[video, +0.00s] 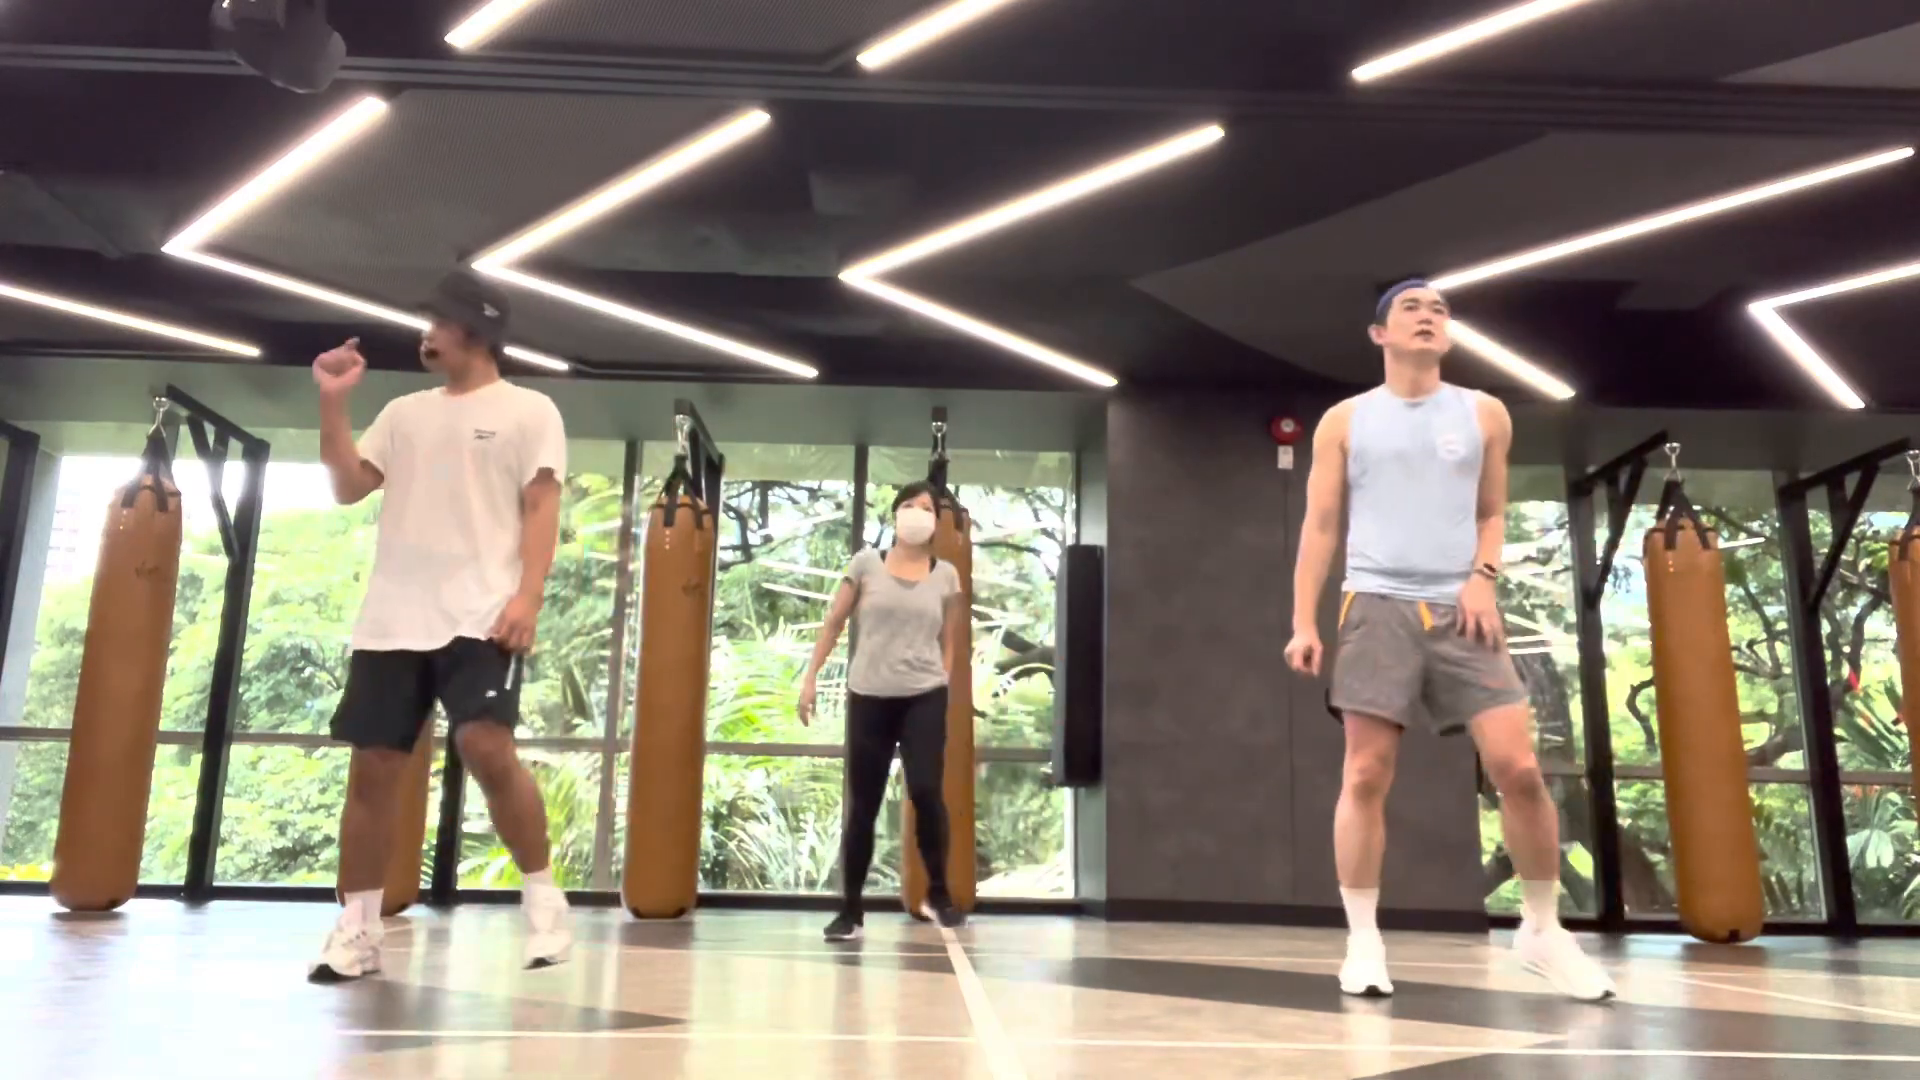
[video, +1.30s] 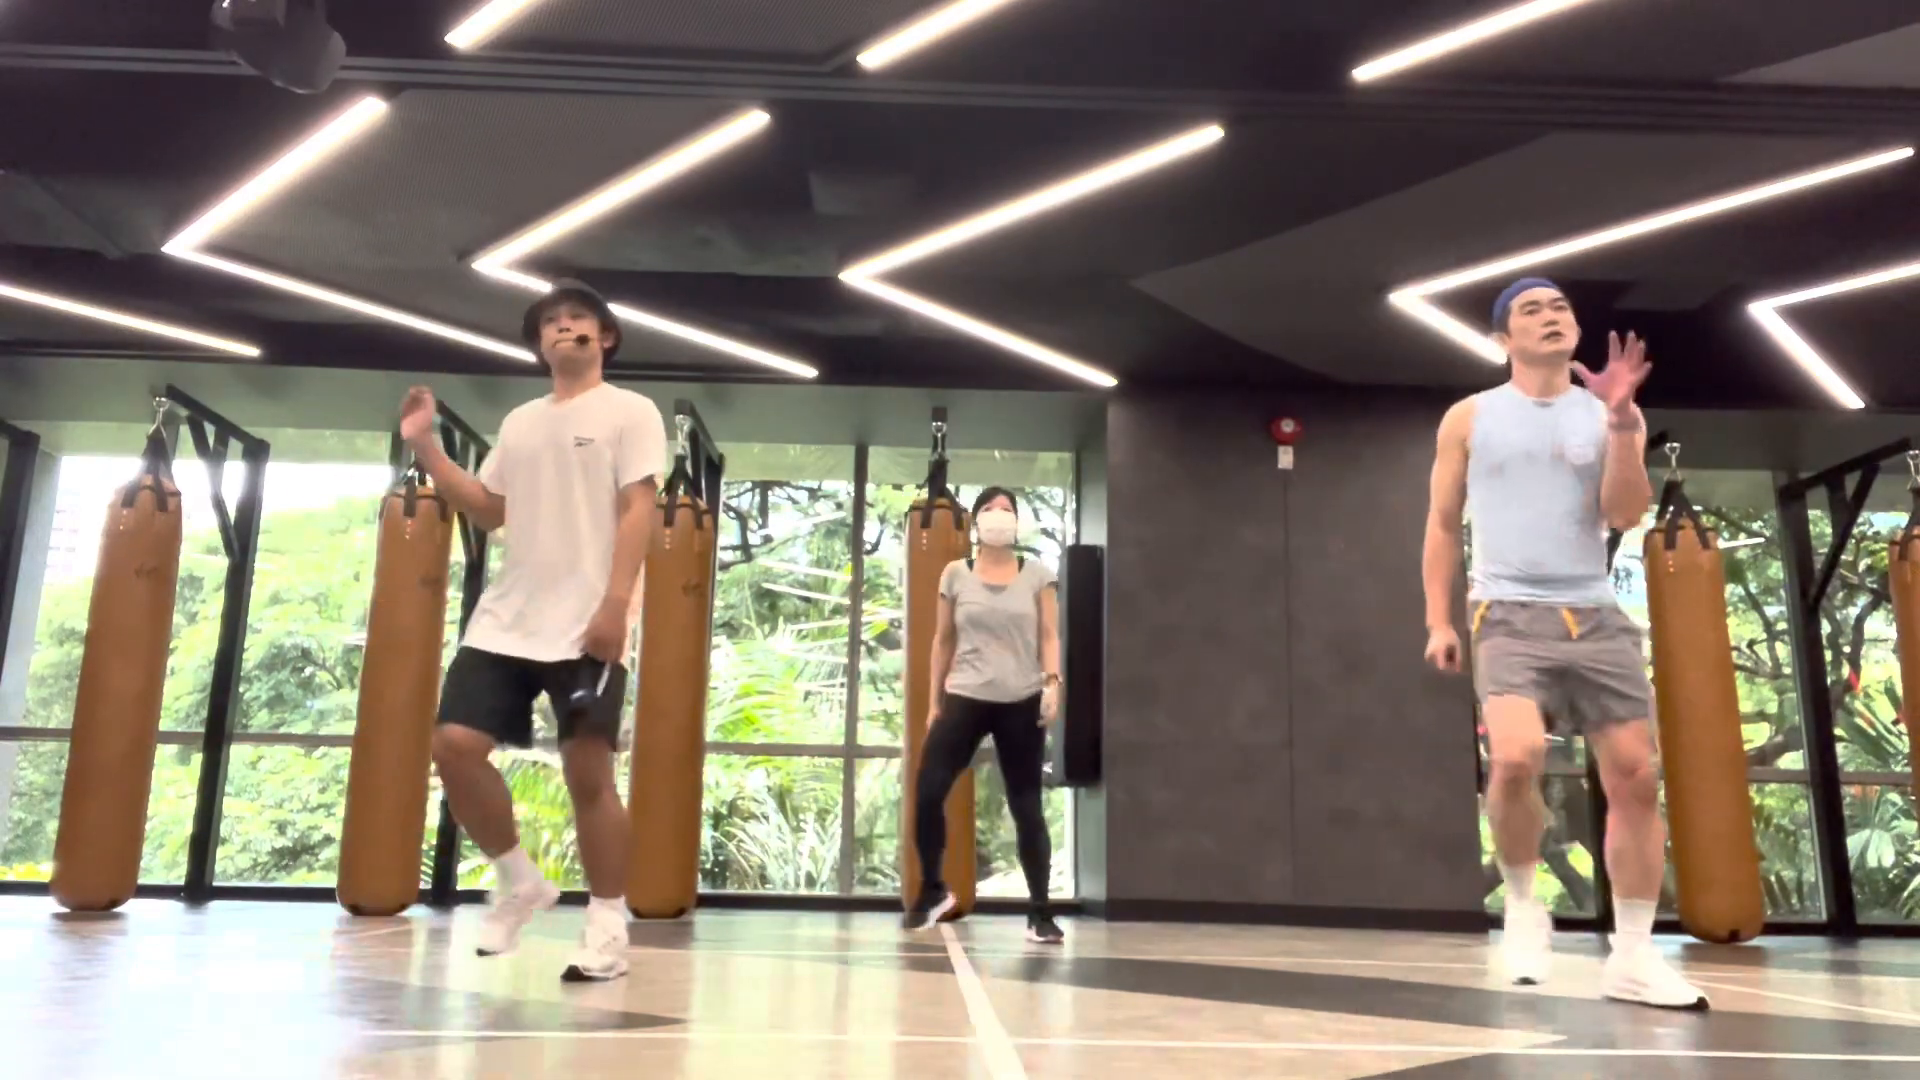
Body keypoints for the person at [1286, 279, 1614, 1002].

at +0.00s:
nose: (1427, 315)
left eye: (1438, 309)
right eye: (1411, 306)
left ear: (1451, 337)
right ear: (1379, 333)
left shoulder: (1486, 415)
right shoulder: (1343, 421)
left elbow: (1492, 513)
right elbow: (1320, 525)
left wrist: (1484, 573)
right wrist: (1305, 620)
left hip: (1464, 612)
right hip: (1377, 613)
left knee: (1521, 772)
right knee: (1366, 774)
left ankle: (1541, 932)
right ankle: (1363, 943)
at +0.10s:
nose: (1418, 317)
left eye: (1429, 310)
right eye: (1402, 309)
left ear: (1442, 336)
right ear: (1370, 334)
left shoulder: (1473, 415)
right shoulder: (1335, 421)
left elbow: (1482, 511)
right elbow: (1306, 525)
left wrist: (1478, 569)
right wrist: (1284, 620)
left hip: (1454, 613)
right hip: (1368, 613)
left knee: (1479, 771)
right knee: (1362, 774)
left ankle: (1467, 921)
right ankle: (1363, 944)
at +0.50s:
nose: (1441, 326)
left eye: (1450, 318)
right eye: (1426, 313)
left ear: (1456, 336)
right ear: (1388, 328)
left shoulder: (1475, 421)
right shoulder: (1347, 412)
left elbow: (1480, 520)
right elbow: (1322, 514)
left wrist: (1501, 585)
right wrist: (1327, 605)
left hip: (1474, 611)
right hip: (1389, 611)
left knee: (1535, 762)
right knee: (1370, 774)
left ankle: (1517, 928)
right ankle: (1363, 946)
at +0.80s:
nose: (1511, 325)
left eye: (1518, 316)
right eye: (1492, 318)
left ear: (1531, 337)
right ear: (1460, 345)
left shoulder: (1556, 422)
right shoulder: (1436, 421)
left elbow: (1554, 508)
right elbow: (1396, 518)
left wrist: (1572, 576)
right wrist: (1384, 608)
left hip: (1555, 623)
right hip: (1470, 623)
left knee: (1608, 777)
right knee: (1420, 780)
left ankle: (1628, 958)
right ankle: (1371, 942)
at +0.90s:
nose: (1533, 319)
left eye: (1539, 309)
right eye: (1513, 313)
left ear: (1554, 329)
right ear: (1485, 342)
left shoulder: (1586, 421)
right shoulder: (1460, 415)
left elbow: (1596, 499)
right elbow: (1416, 513)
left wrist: (1610, 549)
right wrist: (1408, 603)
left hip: (1581, 620)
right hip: (1495, 618)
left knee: (1620, 776)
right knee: (1462, 776)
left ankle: (1630, 958)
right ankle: (1416, 931)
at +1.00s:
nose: (1547, 316)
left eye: (1554, 307)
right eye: (1527, 310)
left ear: (1569, 327)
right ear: (1499, 338)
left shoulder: (1602, 416)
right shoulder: (1469, 412)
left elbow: (1621, 492)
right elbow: (1425, 511)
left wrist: (1640, 524)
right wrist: (1428, 603)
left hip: (1597, 614)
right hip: (1512, 614)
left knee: (1627, 775)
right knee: (1521, 775)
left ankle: (1630, 956)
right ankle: (1491, 919)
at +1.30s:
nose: (1550, 316)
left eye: (1560, 308)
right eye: (1532, 310)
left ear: (1578, 331)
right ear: (1504, 339)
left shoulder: (1608, 414)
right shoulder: (1468, 418)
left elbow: (1623, 513)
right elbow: (1442, 523)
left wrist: (1622, 422)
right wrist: (1439, 621)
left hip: (1597, 616)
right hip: (1508, 616)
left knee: (1637, 772)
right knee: (1516, 759)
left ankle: (1633, 955)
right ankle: (1523, 910)